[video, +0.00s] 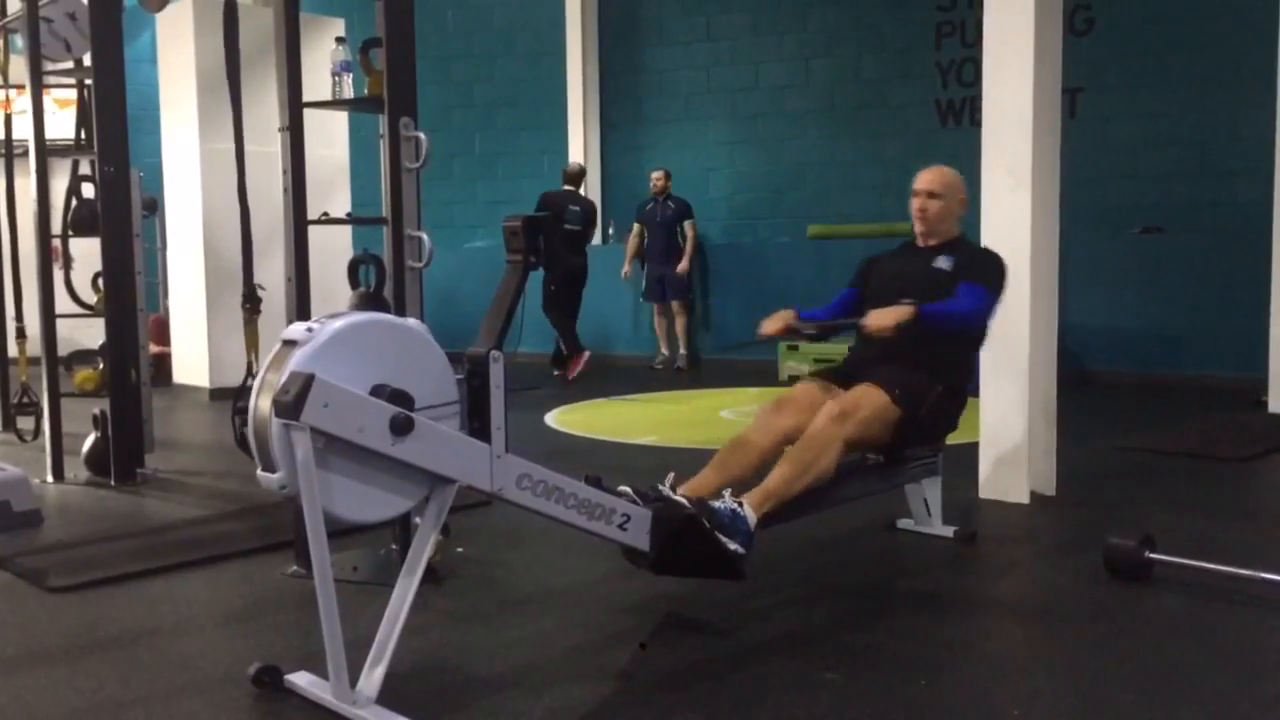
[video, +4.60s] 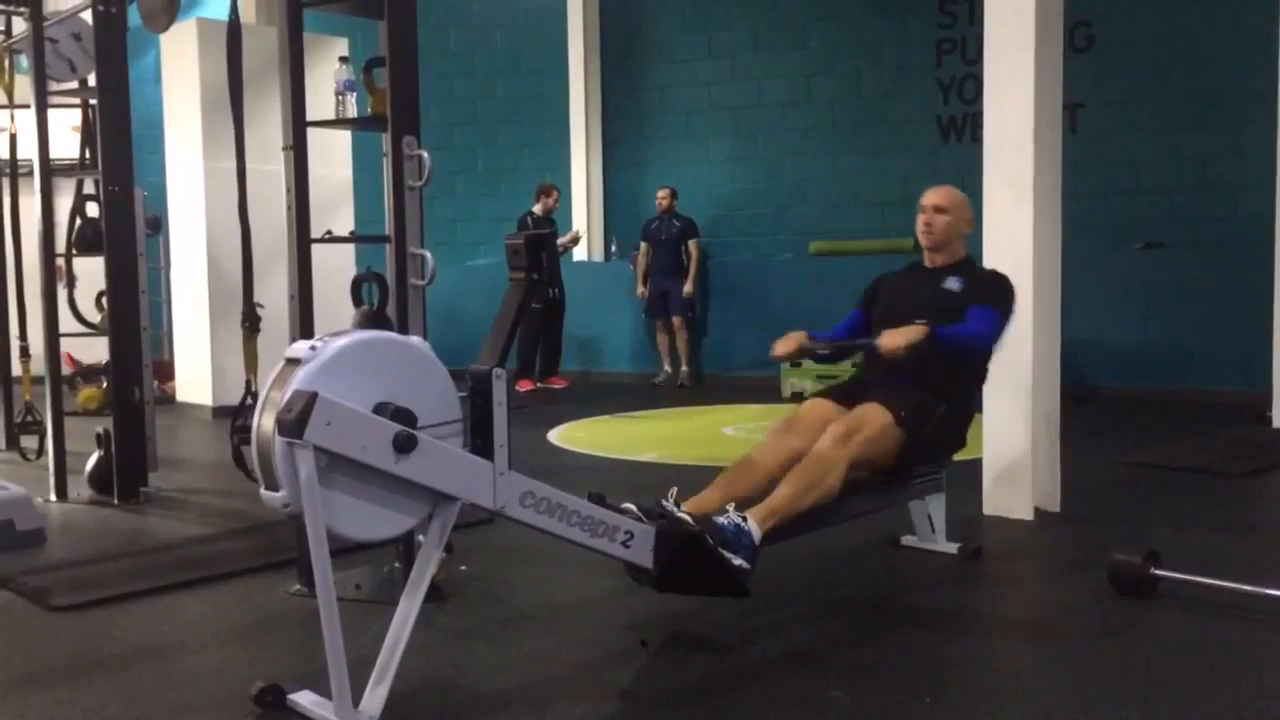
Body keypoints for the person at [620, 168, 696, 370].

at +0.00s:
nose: (654, 183)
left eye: (658, 180)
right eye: (652, 180)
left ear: (668, 182)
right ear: (650, 183)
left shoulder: (680, 205)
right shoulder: (644, 207)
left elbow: (689, 233)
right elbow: (635, 235)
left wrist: (686, 260)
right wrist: (628, 261)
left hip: (675, 264)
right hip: (652, 265)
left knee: (678, 308)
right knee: (658, 309)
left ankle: (682, 352)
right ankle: (664, 351)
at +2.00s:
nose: (658, 193)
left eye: (662, 189)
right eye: (657, 189)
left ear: (672, 192)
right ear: (656, 192)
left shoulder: (685, 215)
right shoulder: (650, 217)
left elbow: (694, 245)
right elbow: (643, 246)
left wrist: (690, 272)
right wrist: (640, 275)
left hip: (678, 273)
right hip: (656, 273)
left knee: (678, 315)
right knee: (661, 317)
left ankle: (685, 360)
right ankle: (666, 359)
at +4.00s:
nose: (659, 198)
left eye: (663, 195)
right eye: (658, 195)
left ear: (673, 198)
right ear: (656, 198)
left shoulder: (685, 220)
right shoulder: (649, 222)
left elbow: (694, 251)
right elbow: (642, 250)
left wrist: (689, 278)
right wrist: (639, 279)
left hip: (677, 279)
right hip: (655, 279)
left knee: (676, 323)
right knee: (657, 323)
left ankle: (678, 369)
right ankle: (665, 367)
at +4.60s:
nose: (659, 202)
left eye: (663, 199)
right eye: (657, 199)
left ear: (673, 201)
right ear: (656, 201)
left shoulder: (685, 224)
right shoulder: (649, 225)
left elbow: (694, 254)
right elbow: (642, 255)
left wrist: (690, 281)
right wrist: (640, 283)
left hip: (677, 281)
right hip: (655, 281)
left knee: (678, 323)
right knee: (661, 325)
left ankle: (684, 367)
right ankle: (666, 368)